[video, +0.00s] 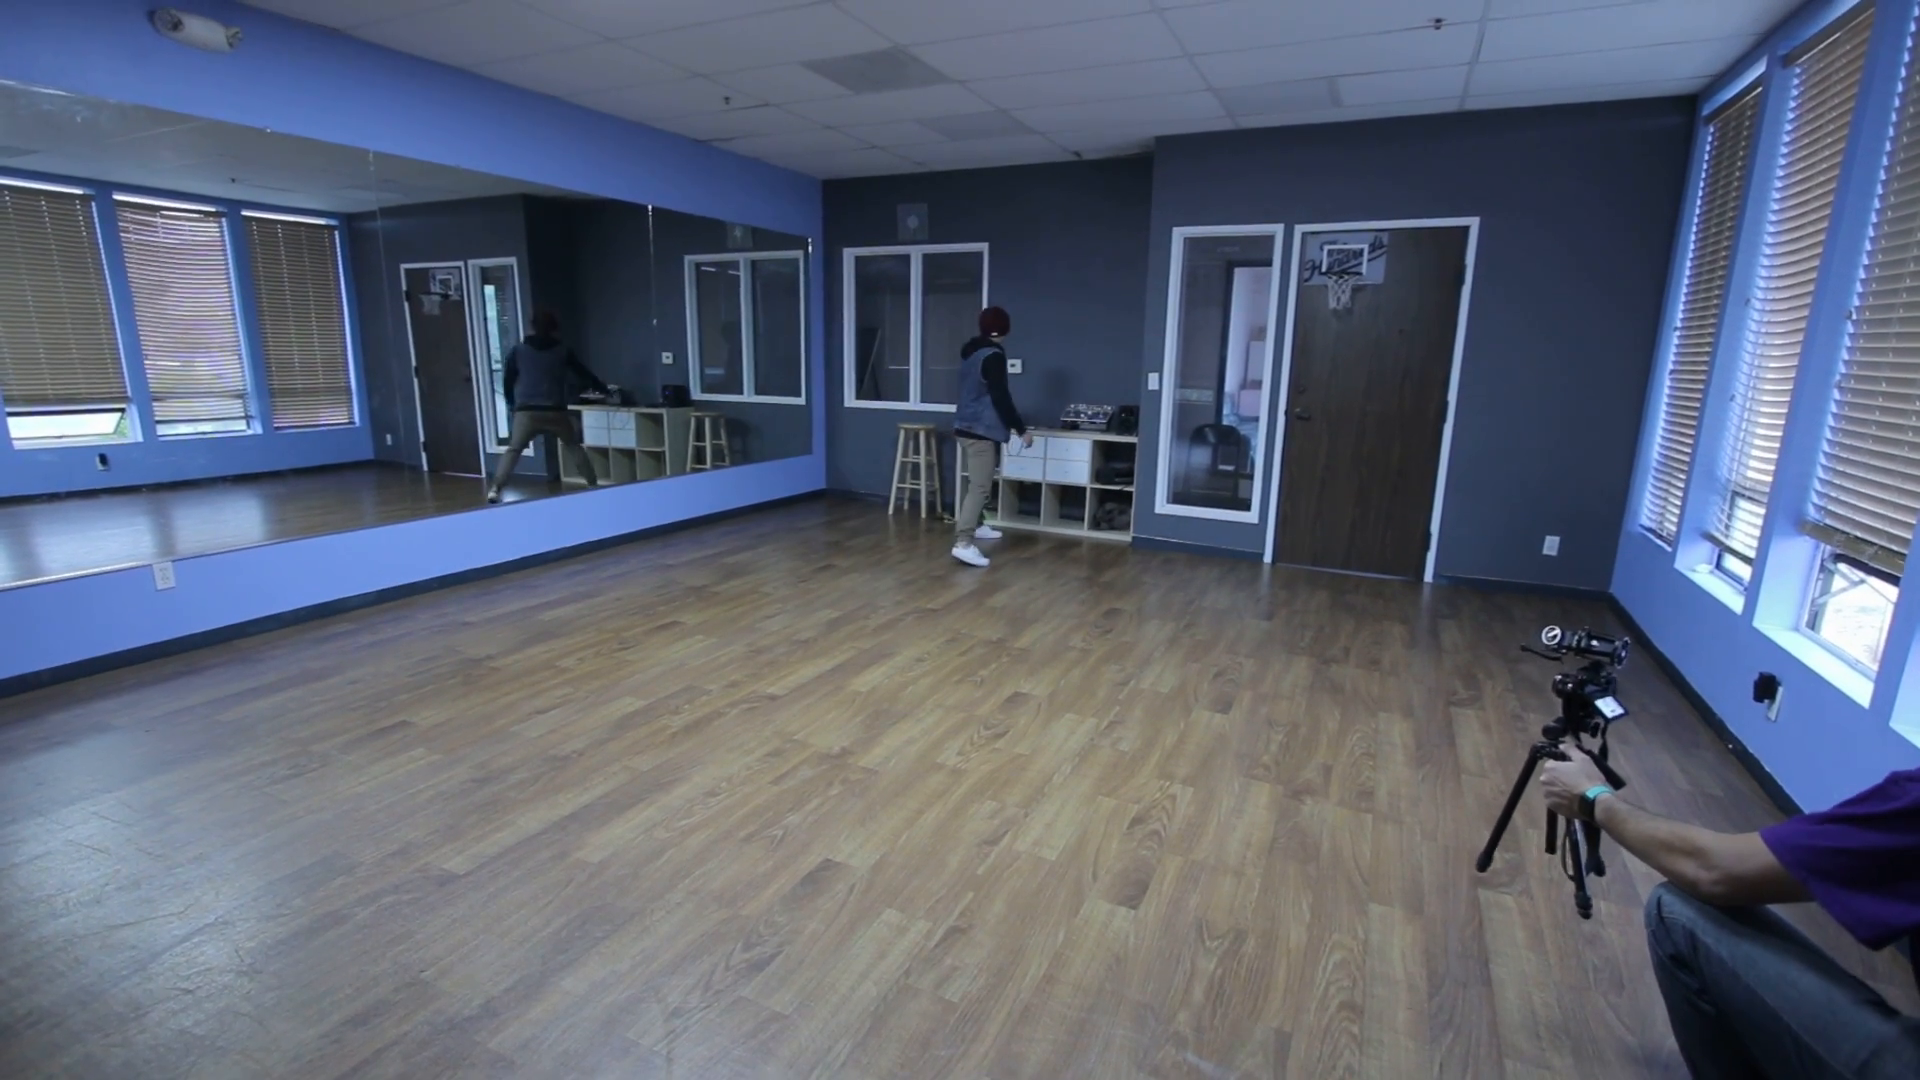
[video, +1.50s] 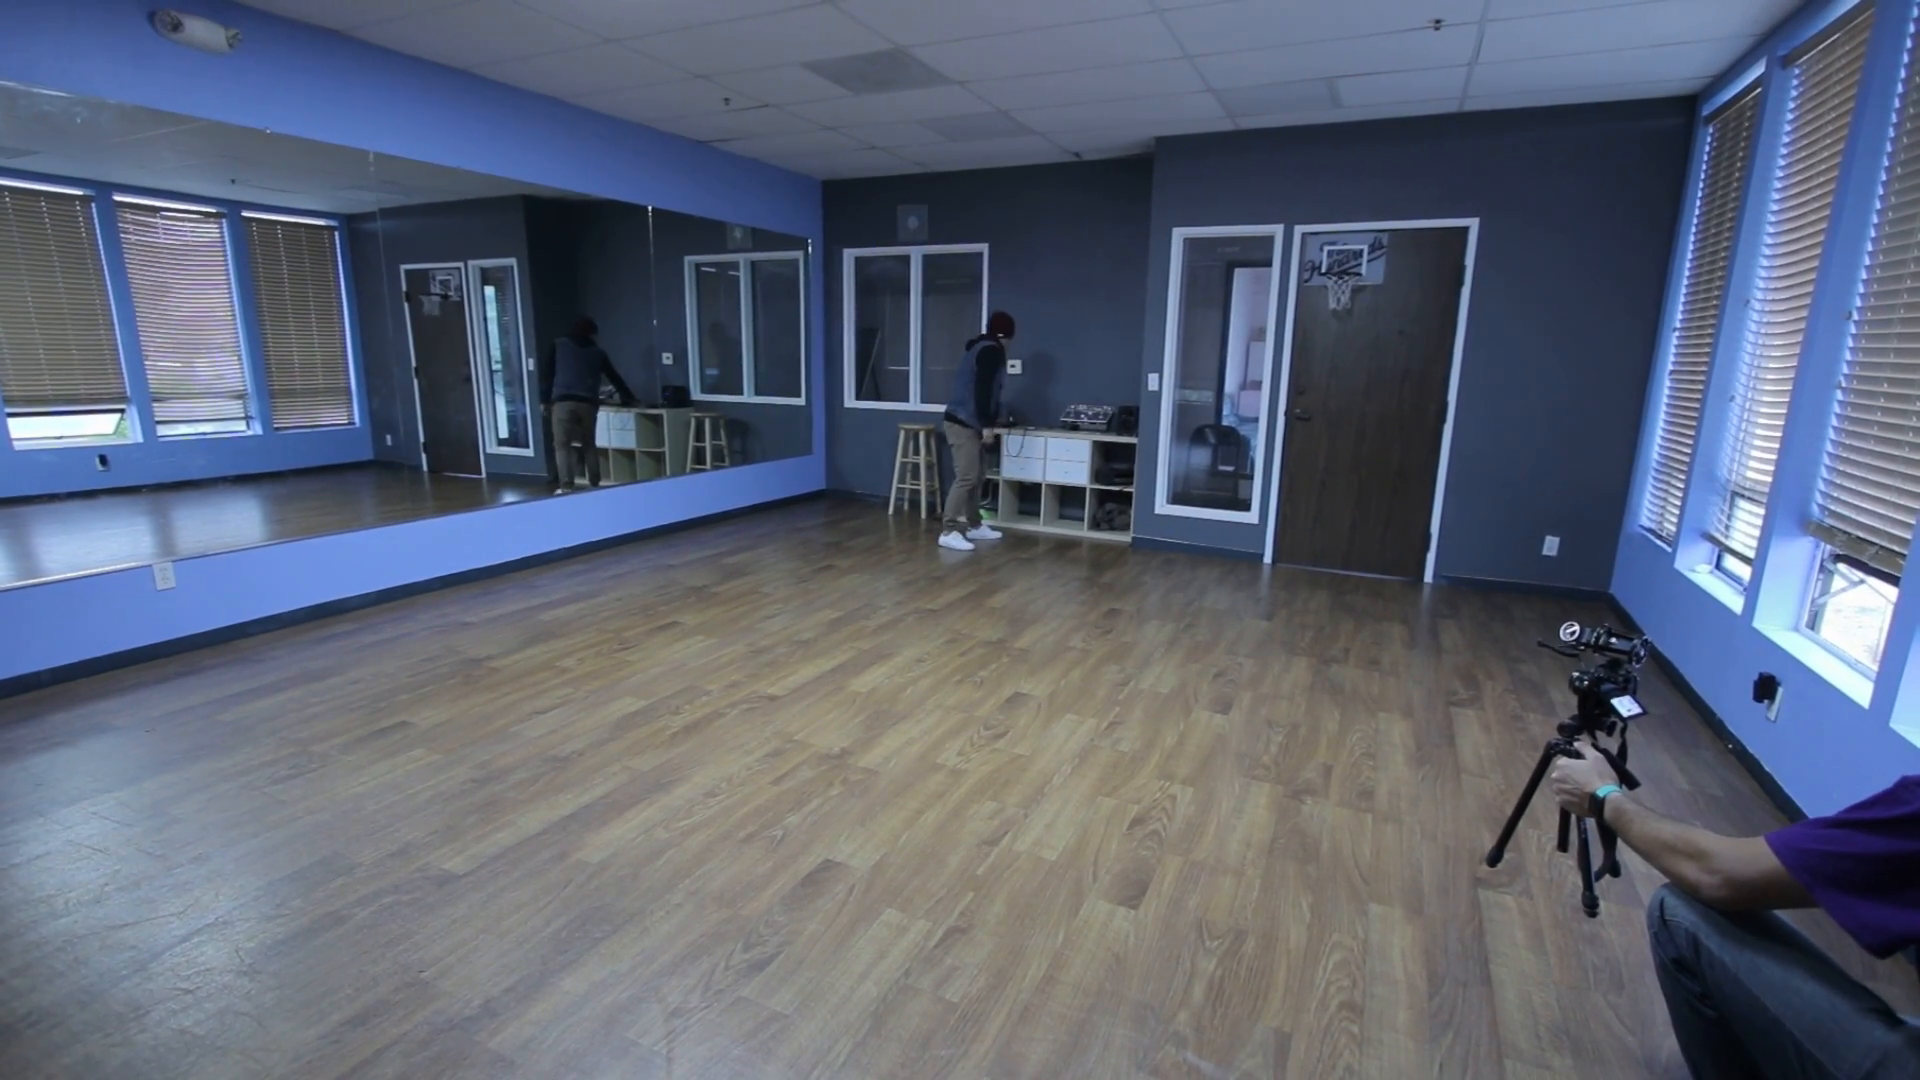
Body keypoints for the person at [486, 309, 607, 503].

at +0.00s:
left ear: (533, 328)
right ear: (555, 328)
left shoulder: (518, 350)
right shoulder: (562, 350)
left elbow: (508, 381)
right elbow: (583, 373)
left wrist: (512, 405)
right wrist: (604, 389)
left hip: (526, 411)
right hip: (556, 410)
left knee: (514, 450)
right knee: (573, 446)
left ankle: (495, 489)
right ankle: (593, 484)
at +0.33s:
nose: (599, 341)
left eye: (599, 338)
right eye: (599, 338)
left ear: (577, 333)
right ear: (596, 337)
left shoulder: (561, 347)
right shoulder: (598, 355)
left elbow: (546, 370)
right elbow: (618, 379)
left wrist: (542, 393)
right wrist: (637, 397)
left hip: (553, 400)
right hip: (579, 405)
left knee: (541, 443)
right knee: (585, 443)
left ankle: (528, 483)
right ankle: (595, 484)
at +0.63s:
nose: (611, 341)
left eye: (610, 338)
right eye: (610, 338)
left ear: (589, 333)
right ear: (606, 338)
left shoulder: (570, 347)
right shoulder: (608, 356)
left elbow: (555, 372)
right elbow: (624, 383)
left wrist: (550, 397)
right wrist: (639, 403)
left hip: (563, 398)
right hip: (588, 403)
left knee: (556, 440)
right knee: (590, 443)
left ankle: (549, 480)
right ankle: (595, 484)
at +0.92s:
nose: (612, 338)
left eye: (612, 335)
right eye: (611, 335)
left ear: (588, 330)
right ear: (606, 335)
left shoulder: (570, 344)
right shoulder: (609, 353)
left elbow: (555, 370)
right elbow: (623, 380)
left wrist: (549, 396)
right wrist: (638, 399)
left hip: (565, 398)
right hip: (590, 401)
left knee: (564, 440)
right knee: (590, 441)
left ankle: (566, 479)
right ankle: (594, 482)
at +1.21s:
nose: (607, 339)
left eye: (606, 336)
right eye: (606, 336)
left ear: (584, 331)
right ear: (602, 335)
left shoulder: (568, 346)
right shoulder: (605, 354)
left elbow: (553, 373)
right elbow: (622, 379)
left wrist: (549, 399)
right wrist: (638, 399)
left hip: (566, 401)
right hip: (590, 402)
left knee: (569, 442)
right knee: (591, 442)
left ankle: (573, 482)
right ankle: (594, 483)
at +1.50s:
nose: (594, 336)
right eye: (593, 333)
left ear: (573, 329)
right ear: (593, 333)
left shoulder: (558, 345)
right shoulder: (597, 352)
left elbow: (547, 373)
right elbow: (614, 378)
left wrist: (544, 400)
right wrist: (628, 399)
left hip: (563, 401)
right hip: (588, 402)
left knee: (562, 444)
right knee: (589, 444)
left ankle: (566, 485)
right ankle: (594, 484)